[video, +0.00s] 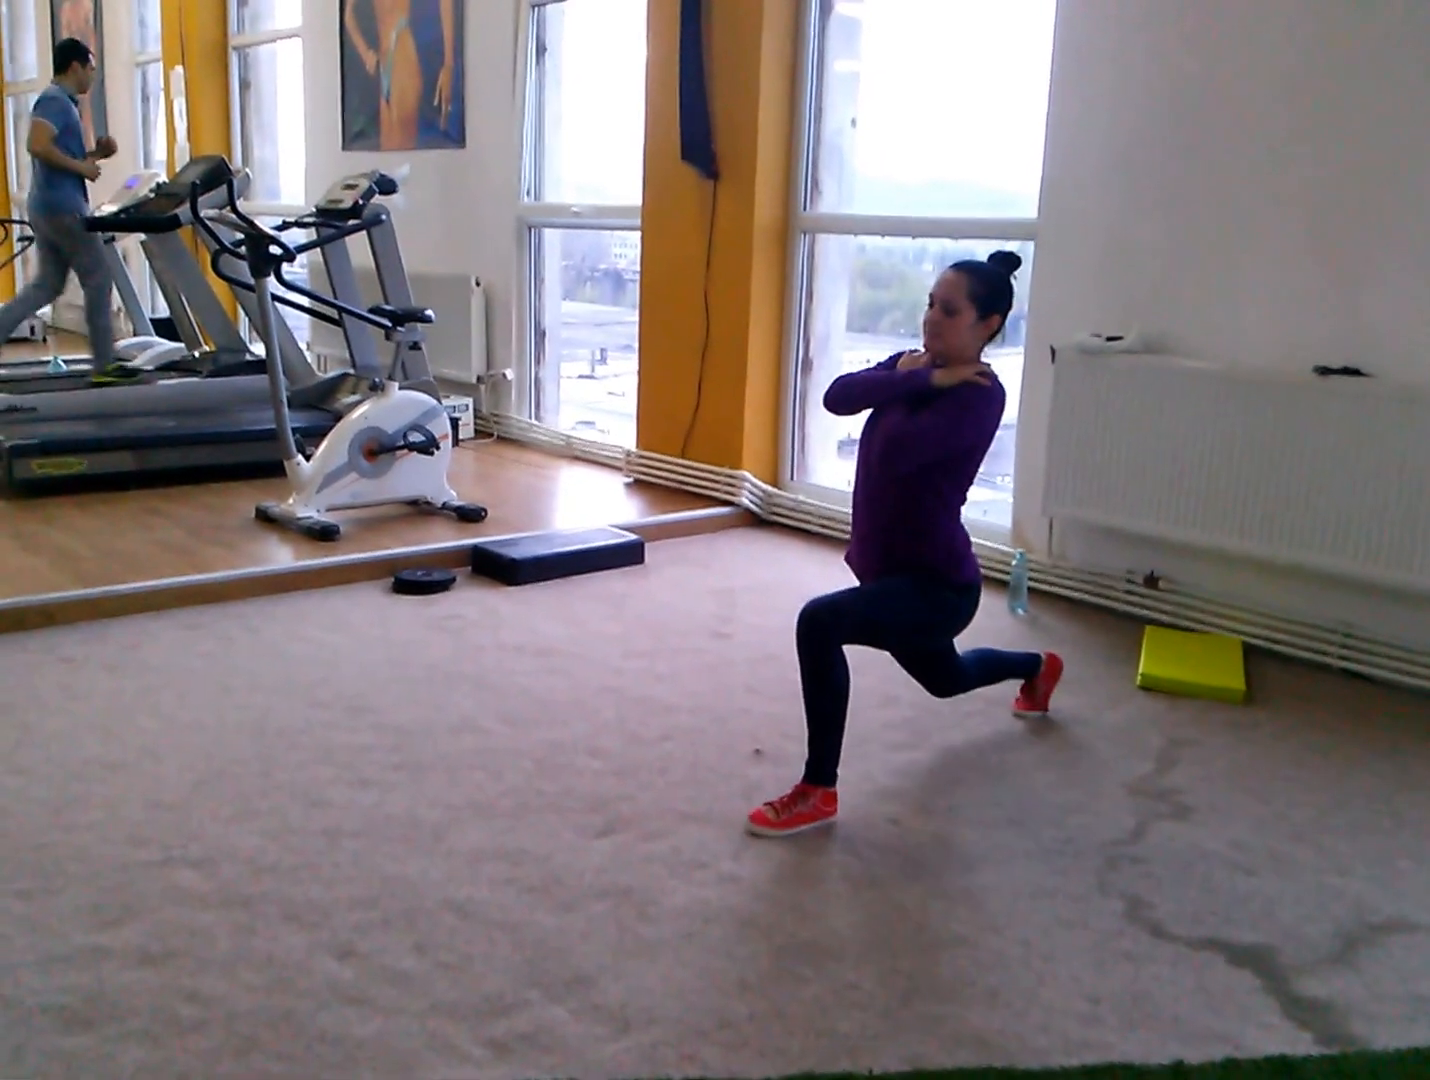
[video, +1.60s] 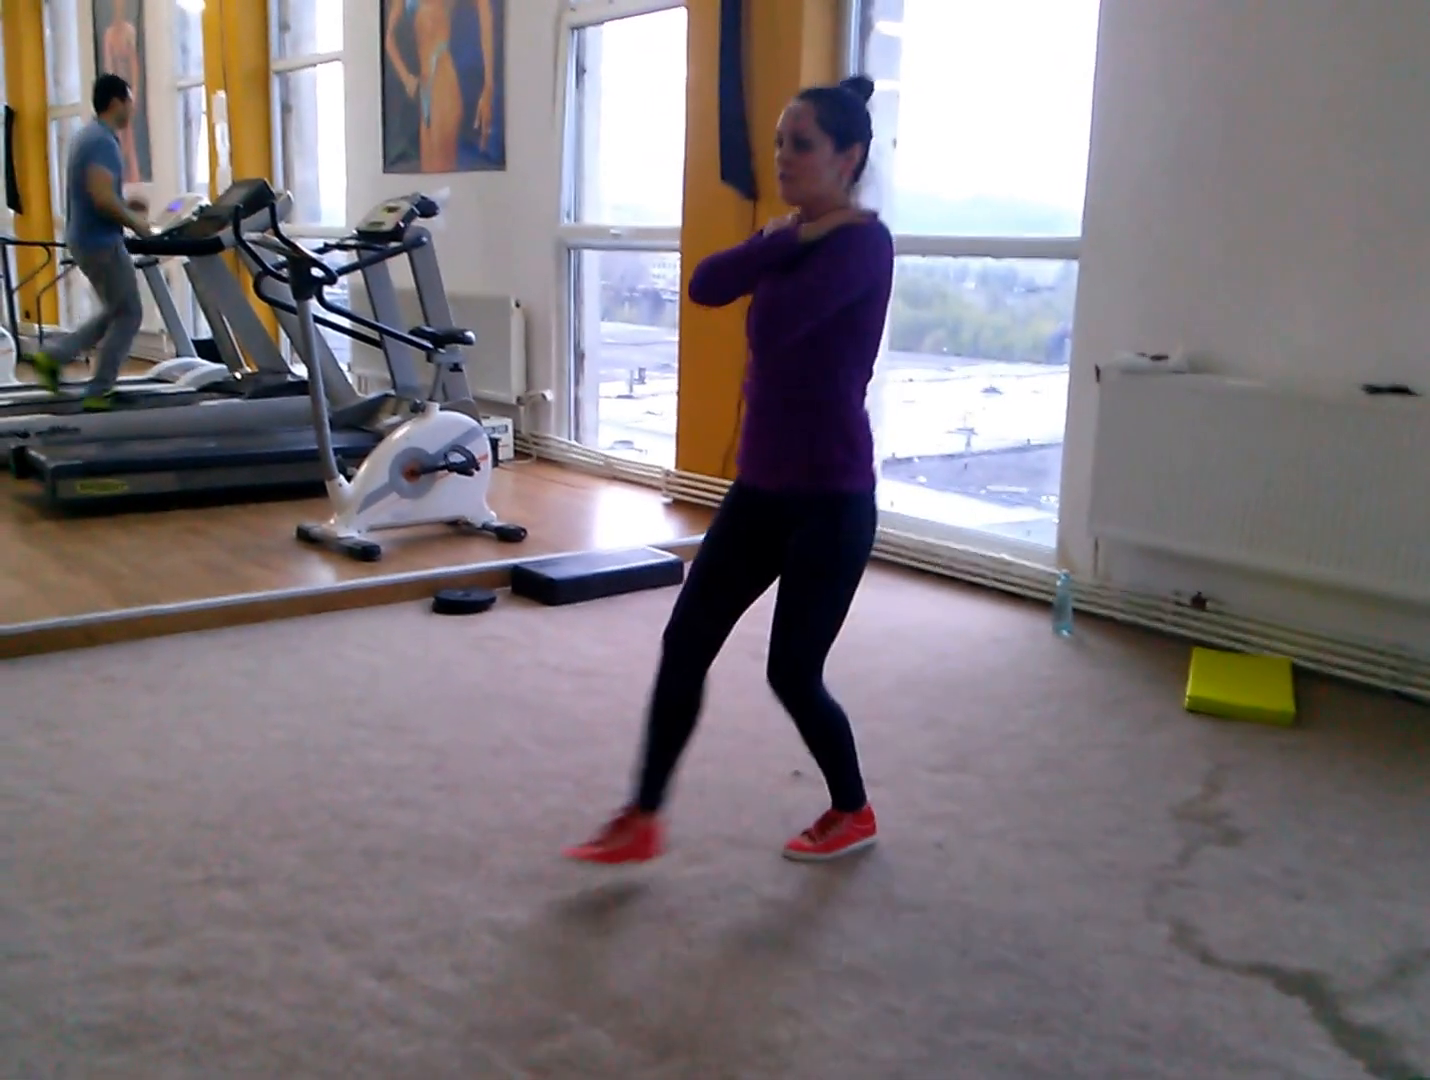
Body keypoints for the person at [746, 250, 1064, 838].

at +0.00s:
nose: (932, 318)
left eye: (949, 311)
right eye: (931, 305)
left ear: (989, 327)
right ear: (926, 306)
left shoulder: (980, 399)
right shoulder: (908, 365)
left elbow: (898, 457)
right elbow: (836, 398)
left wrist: (894, 383)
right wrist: (930, 377)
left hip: (938, 589)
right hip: (885, 577)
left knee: (819, 623)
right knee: (945, 677)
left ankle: (818, 789)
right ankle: (1040, 666)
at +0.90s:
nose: (851, 316)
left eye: (866, 304)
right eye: (848, 302)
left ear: (907, 315)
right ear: (842, 309)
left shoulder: (913, 384)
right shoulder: (843, 372)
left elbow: (847, 470)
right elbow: (774, 430)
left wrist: (838, 391)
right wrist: (842, 382)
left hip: (956, 574)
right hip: (912, 571)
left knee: (835, 638)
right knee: (970, 655)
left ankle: (834, 802)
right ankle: (1053, 685)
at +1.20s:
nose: (791, 212)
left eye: (808, 198)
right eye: (787, 197)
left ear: (856, 211)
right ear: (785, 207)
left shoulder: (869, 297)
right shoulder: (782, 286)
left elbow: (822, 404)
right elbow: (724, 366)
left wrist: (770, 321)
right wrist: (789, 306)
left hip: (916, 502)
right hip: (859, 506)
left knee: (826, 646)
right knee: (863, 655)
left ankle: (843, 806)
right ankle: (965, 675)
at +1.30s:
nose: (790, 172)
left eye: (808, 162)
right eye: (789, 160)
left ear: (856, 181)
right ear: (793, 173)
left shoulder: (868, 266)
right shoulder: (787, 256)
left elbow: (804, 362)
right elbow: (719, 329)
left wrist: (778, 284)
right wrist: (780, 273)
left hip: (898, 492)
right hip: (835, 490)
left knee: (822, 646)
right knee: (797, 640)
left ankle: (845, 807)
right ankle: (907, 694)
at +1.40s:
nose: (794, 154)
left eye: (812, 143)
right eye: (792, 142)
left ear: (859, 159)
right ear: (792, 155)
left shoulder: (870, 245)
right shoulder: (787, 237)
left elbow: (793, 337)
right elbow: (716, 302)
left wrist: (772, 264)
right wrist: (792, 243)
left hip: (878, 490)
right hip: (813, 484)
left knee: (816, 657)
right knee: (749, 631)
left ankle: (850, 808)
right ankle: (827, 734)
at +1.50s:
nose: (790, 147)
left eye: (809, 135)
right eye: (790, 133)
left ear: (859, 152)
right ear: (796, 146)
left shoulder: (871, 238)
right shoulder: (793, 236)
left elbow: (790, 323)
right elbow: (710, 287)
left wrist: (768, 252)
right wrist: (798, 237)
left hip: (854, 492)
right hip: (785, 484)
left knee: (804, 661)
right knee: (713, 628)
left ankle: (850, 808)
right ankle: (730, 787)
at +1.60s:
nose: (783, 157)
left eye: (801, 144)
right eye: (780, 143)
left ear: (851, 156)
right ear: (780, 152)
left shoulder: (865, 242)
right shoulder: (784, 240)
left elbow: (782, 325)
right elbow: (704, 287)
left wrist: (768, 255)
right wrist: (785, 236)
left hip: (833, 499)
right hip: (758, 490)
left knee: (794, 673)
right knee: (686, 646)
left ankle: (852, 810)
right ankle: (642, 817)